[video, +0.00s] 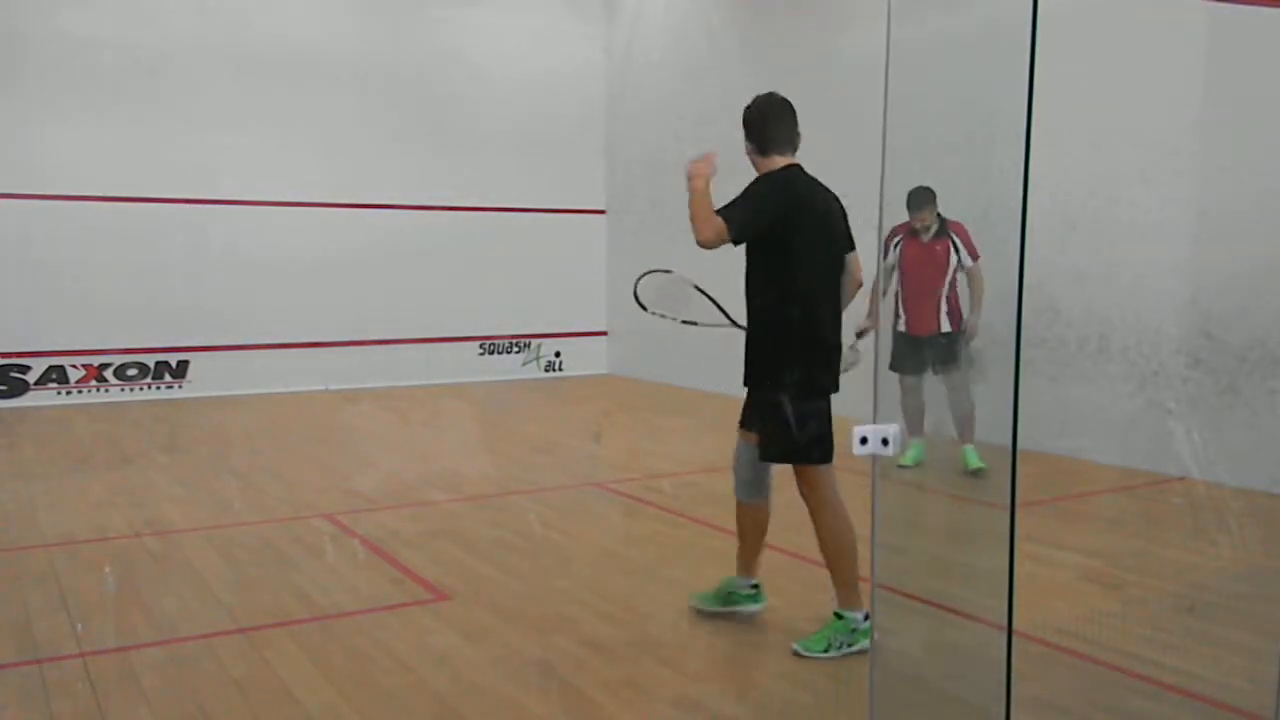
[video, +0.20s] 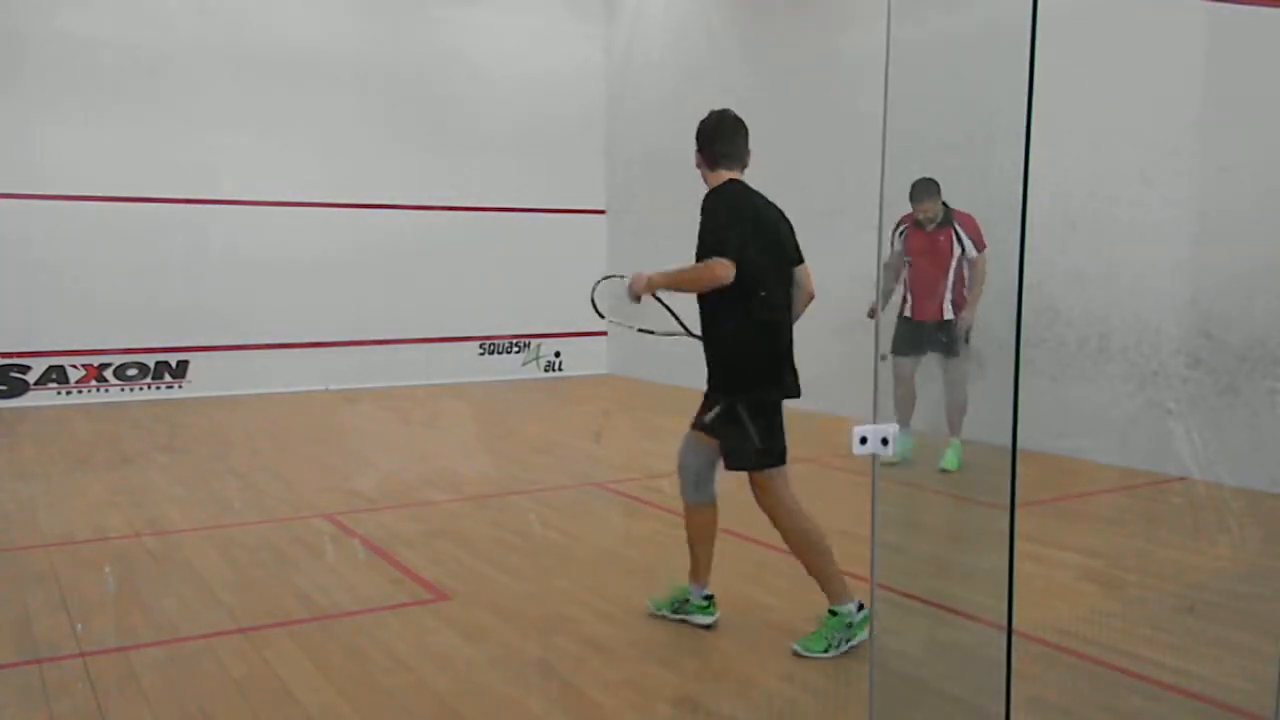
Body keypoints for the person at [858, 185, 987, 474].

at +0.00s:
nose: (919, 226)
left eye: (924, 221)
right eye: (914, 221)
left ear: (936, 211)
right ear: (908, 215)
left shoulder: (954, 233)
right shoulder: (897, 237)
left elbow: (975, 276)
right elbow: (882, 277)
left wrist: (974, 318)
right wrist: (872, 316)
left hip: (946, 329)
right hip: (908, 329)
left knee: (956, 385)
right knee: (909, 386)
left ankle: (968, 446)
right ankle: (914, 443)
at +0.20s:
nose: (923, 218)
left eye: (928, 212)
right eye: (918, 212)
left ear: (941, 203)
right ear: (911, 207)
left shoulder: (963, 225)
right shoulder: (904, 228)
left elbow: (978, 268)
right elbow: (893, 267)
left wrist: (970, 309)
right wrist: (881, 302)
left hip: (950, 317)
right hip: (912, 316)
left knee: (955, 379)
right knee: (901, 372)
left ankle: (954, 443)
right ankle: (903, 437)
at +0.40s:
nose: (925, 223)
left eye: (929, 218)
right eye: (920, 218)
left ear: (942, 208)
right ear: (915, 214)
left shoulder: (964, 230)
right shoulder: (913, 234)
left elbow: (981, 273)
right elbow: (900, 274)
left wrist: (984, 319)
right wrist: (886, 315)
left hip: (953, 325)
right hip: (918, 323)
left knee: (953, 383)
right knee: (902, 376)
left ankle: (953, 445)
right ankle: (896, 440)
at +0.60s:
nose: (921, 220)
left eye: (926, 214)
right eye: (917, 215)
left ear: (940, 205)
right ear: (911, 210)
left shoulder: (964, 228)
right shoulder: (907, 232)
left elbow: (986, 267)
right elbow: (896, 272)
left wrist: (987, 313)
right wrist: (883, 309)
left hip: (957, 322)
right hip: (918, 323)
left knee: (962, 382)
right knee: (918, 382)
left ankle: (968, 446)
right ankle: (933, 443)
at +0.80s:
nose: (922, 218)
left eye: (927, 213)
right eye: (918, 213)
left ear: (941, 203)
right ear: (913, 209)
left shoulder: (965, 226)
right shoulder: (910, 229)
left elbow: (981, 268)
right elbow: (896, 270)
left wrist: (983, 316)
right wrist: (882, 310)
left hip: (958, 323)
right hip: (922, 323)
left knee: (963, 382)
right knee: (921, 382)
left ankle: (967, 446)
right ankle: (932, 443)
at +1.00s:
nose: (927, 223)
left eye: (932, 217)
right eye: (923, 218)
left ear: (946, 208)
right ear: (919, 214)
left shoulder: (970, 232)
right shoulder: (918, 237)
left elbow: (992, 271)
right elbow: (906, 275)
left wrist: (985, 319)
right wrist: (891, 314)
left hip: (960, 330)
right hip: (924, 328)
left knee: (961, 388)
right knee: (915, 385)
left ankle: (963, 450)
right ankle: (910, 443)